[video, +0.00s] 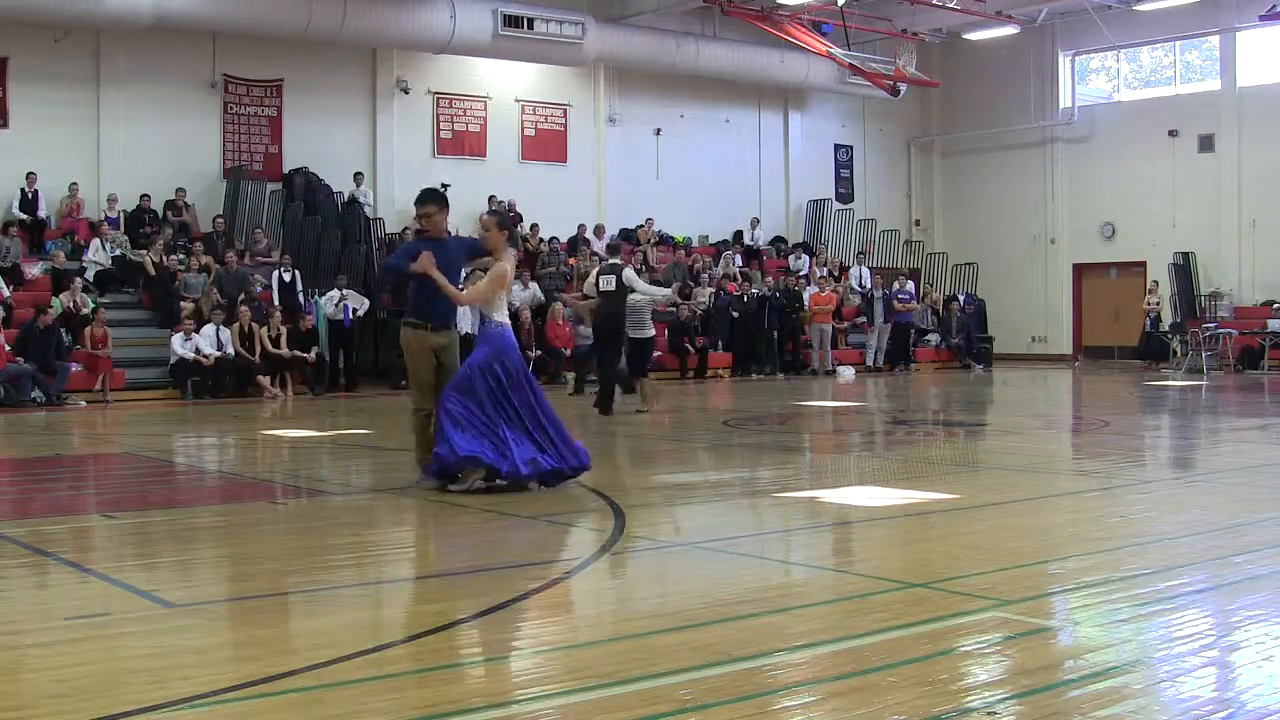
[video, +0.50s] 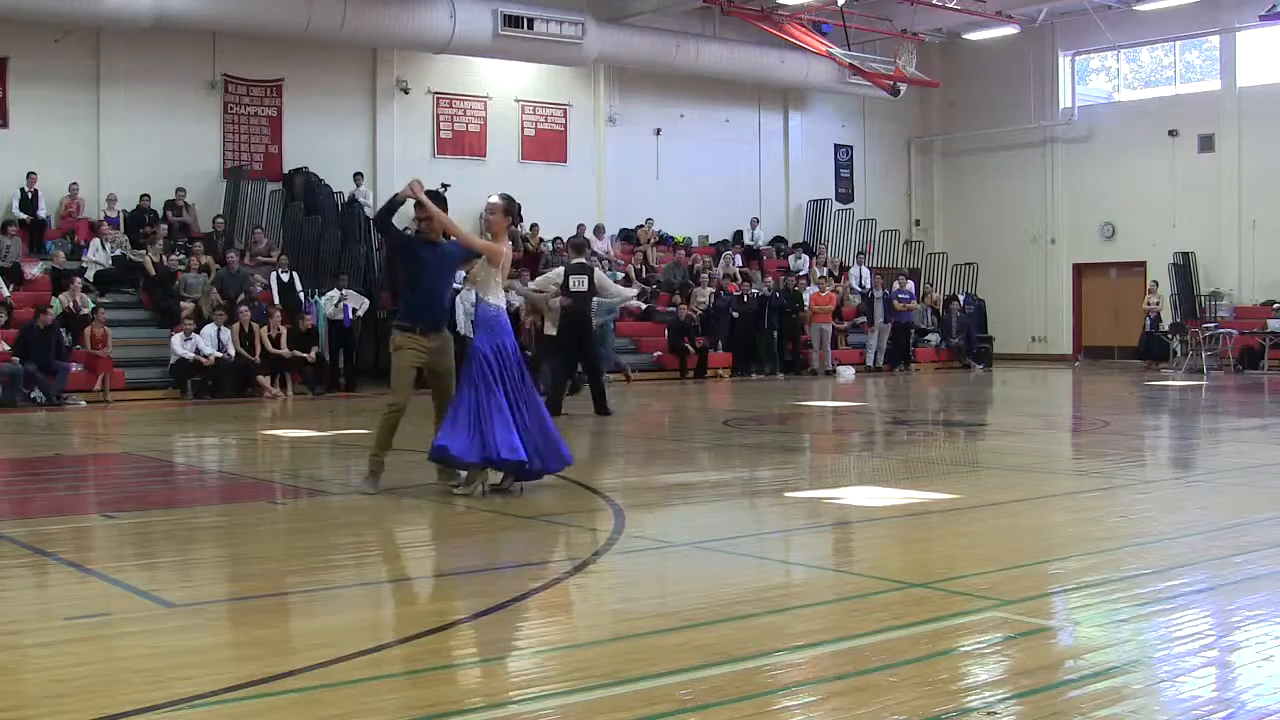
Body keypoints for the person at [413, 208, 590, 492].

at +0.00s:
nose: (481, 236)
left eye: (486, 230)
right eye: (481, 230)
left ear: (503, 234)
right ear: (501, 235)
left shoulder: (502, 268)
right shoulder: (504, 262)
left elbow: (464, 299)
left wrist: (432, 271)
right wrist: (477, 280)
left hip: (495, 343)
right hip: (499, 340)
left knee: (451, 397)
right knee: (495, 402)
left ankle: (474, 464)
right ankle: (510, 466)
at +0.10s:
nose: (483, 235)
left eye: (489, 230)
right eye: (483, 230)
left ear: (506, 234)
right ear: (498, 235)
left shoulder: (505, 266)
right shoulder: (498, 261)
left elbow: (462, 267)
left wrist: (427, 244)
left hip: (496, 339)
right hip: (495, 337)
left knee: (453, 397)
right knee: (498, 403)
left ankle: (478, 465)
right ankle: (509, 468)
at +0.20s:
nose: (486, 228)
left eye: (492, 224)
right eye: (487, 223)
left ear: (509, 227)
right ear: (501, 228)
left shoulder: (502, 258)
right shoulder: (505, 253)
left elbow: (461, 244)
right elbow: (463, 246)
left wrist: (424, 222)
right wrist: (424, 224)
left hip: (492, 329)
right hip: (495, 327)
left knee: (463, 392)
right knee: (498, 395)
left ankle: (483, 466)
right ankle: (513, 460)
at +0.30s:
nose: (487, 220)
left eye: (493, 216)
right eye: (488, 216)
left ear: (510, 221)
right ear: (494, 221)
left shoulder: (502, 252)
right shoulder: (502, 249)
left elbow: (463, 237)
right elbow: (465, 245)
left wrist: (417, 208)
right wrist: (438, 227)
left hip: (490, 323)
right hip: (493, 321)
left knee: (475, 390)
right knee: (498, 391)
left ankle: (481, 464)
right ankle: (513, 460)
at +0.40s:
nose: (487, 217)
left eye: (493, 213)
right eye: (488, 212)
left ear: (509, 219)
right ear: (498, 218)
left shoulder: (502, 251)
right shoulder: (501, 247)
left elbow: (460, 231)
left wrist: (421, 203)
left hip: (491, 324)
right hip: (492, 322)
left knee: (477, 390)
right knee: (497, 392)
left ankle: (477, 462)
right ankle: (513, 459)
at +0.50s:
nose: (486, 215)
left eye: (492, 212)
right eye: (486, 211)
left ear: (508, 219)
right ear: (489, 217)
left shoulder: (499, 249)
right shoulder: (494, 248)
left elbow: (459, 235)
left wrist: (425, 200)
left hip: (490, 321)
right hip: (492, 319)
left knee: (479, 389)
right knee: (496, 390)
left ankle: (478, 461)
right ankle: (513, 459)